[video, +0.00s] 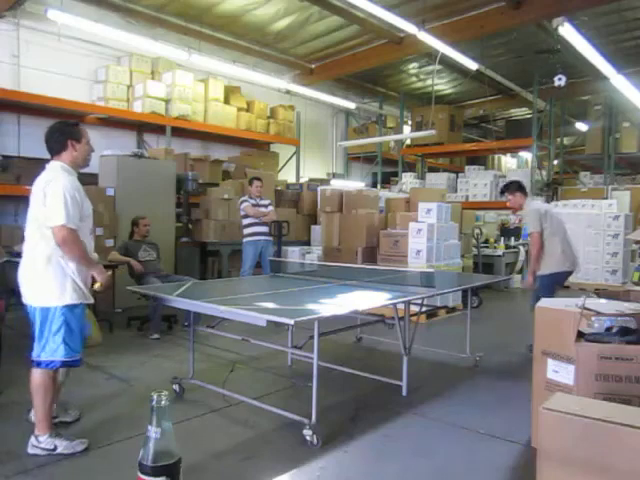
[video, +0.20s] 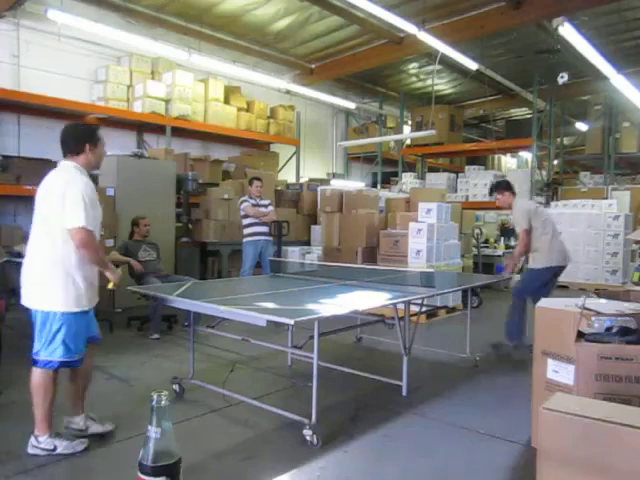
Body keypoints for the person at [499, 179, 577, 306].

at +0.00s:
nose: (508, 204)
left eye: (509, 199)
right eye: (507, 200)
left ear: (519, 195)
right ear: (520, 195)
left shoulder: (532, 210)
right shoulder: (539, 207)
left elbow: (536, 244)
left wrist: (531, 273)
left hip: (554, 266)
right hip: (563, 263)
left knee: (538, 307)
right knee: (541, 306)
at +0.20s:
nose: (498, 203)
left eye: (498, 199)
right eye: (496, 199)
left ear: (507, 194)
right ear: (509, 194)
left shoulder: (520, 207)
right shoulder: (526, 205)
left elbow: (524, 243)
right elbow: (526, 242)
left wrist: (513, 263)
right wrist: (514, 259)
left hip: (545, 259)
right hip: (558, 258)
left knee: (519, 292)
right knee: (538, 296)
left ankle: (513, 338)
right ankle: (548, 338)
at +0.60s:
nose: (475, 202)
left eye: (477, 197)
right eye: (475, 197)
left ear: (487, 194)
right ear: (490, 195)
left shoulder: (497, 210)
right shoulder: (507, 208)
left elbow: (495, 244)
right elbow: (497, 243)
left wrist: (473, 261)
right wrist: (476, 257)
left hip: (514, 264)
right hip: (530, 263)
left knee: (488, 294)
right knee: (518, 299)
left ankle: (484, 337)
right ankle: (542, 334)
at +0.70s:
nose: (477, 197)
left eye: (479, 192)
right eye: (477, 193)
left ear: (489, 191)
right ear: (492, 191)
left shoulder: (497, 208)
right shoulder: (506, 205)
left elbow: (496, 241)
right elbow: (499, 240)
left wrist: (475, 260)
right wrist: (479, 256)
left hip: (515, 263)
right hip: (530, 261)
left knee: (490, 294)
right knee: (522, 298)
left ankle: (484, 336)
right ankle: (544, 329)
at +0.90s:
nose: (493, 193)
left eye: (496, 188)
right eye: (493, 188)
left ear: (508, 188)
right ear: (510, 189)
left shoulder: (509, 207)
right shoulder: (525, 206)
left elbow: (507, 238)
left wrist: (485, 254)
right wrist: (493, 249)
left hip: (519, 265)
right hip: (537, 265)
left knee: (494, 293)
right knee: (541, 307)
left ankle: (485, 335)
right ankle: (551, 341)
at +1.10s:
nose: (521, 194)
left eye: (524, 190)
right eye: (521, 190)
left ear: (535, 190)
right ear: (537, 191)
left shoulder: (536, 209)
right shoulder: (550, 209)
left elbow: (536, 240)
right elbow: (547, 240)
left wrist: (516, 255)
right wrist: (527, 247)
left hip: (544, 270)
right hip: (559, 269)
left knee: (516, 302)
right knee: (560, 312)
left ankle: (490, 334)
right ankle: (564, 346)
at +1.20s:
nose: (531, 192)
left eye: (533, 188)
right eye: (530, 188)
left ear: (545, 187)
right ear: (547, 189)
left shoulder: (547, 207)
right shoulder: (560, 207)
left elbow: (549, 237)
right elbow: (557, 239)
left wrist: (531, 254)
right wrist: (535, 253)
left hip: (556, 267)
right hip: (569, 267)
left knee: (529, 299)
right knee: (566, 310)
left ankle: (504, 335)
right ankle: (567, 345)